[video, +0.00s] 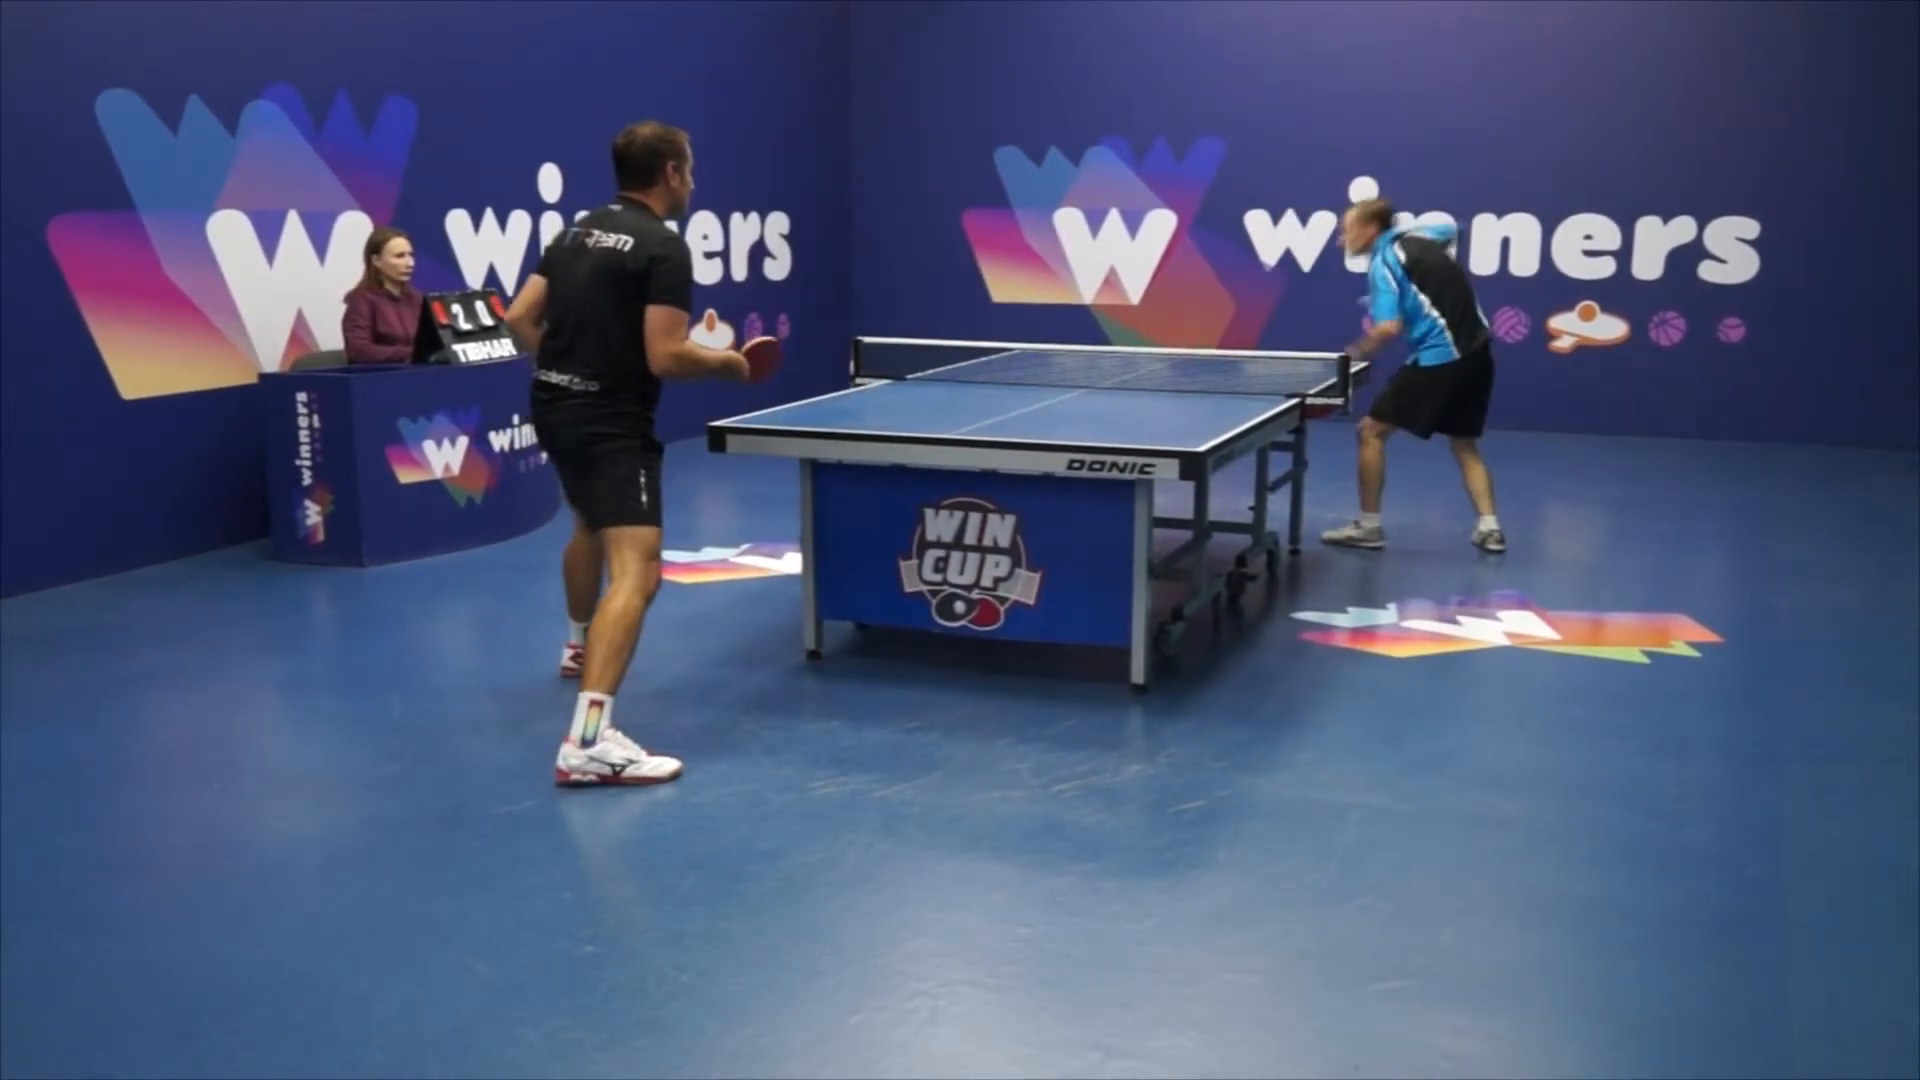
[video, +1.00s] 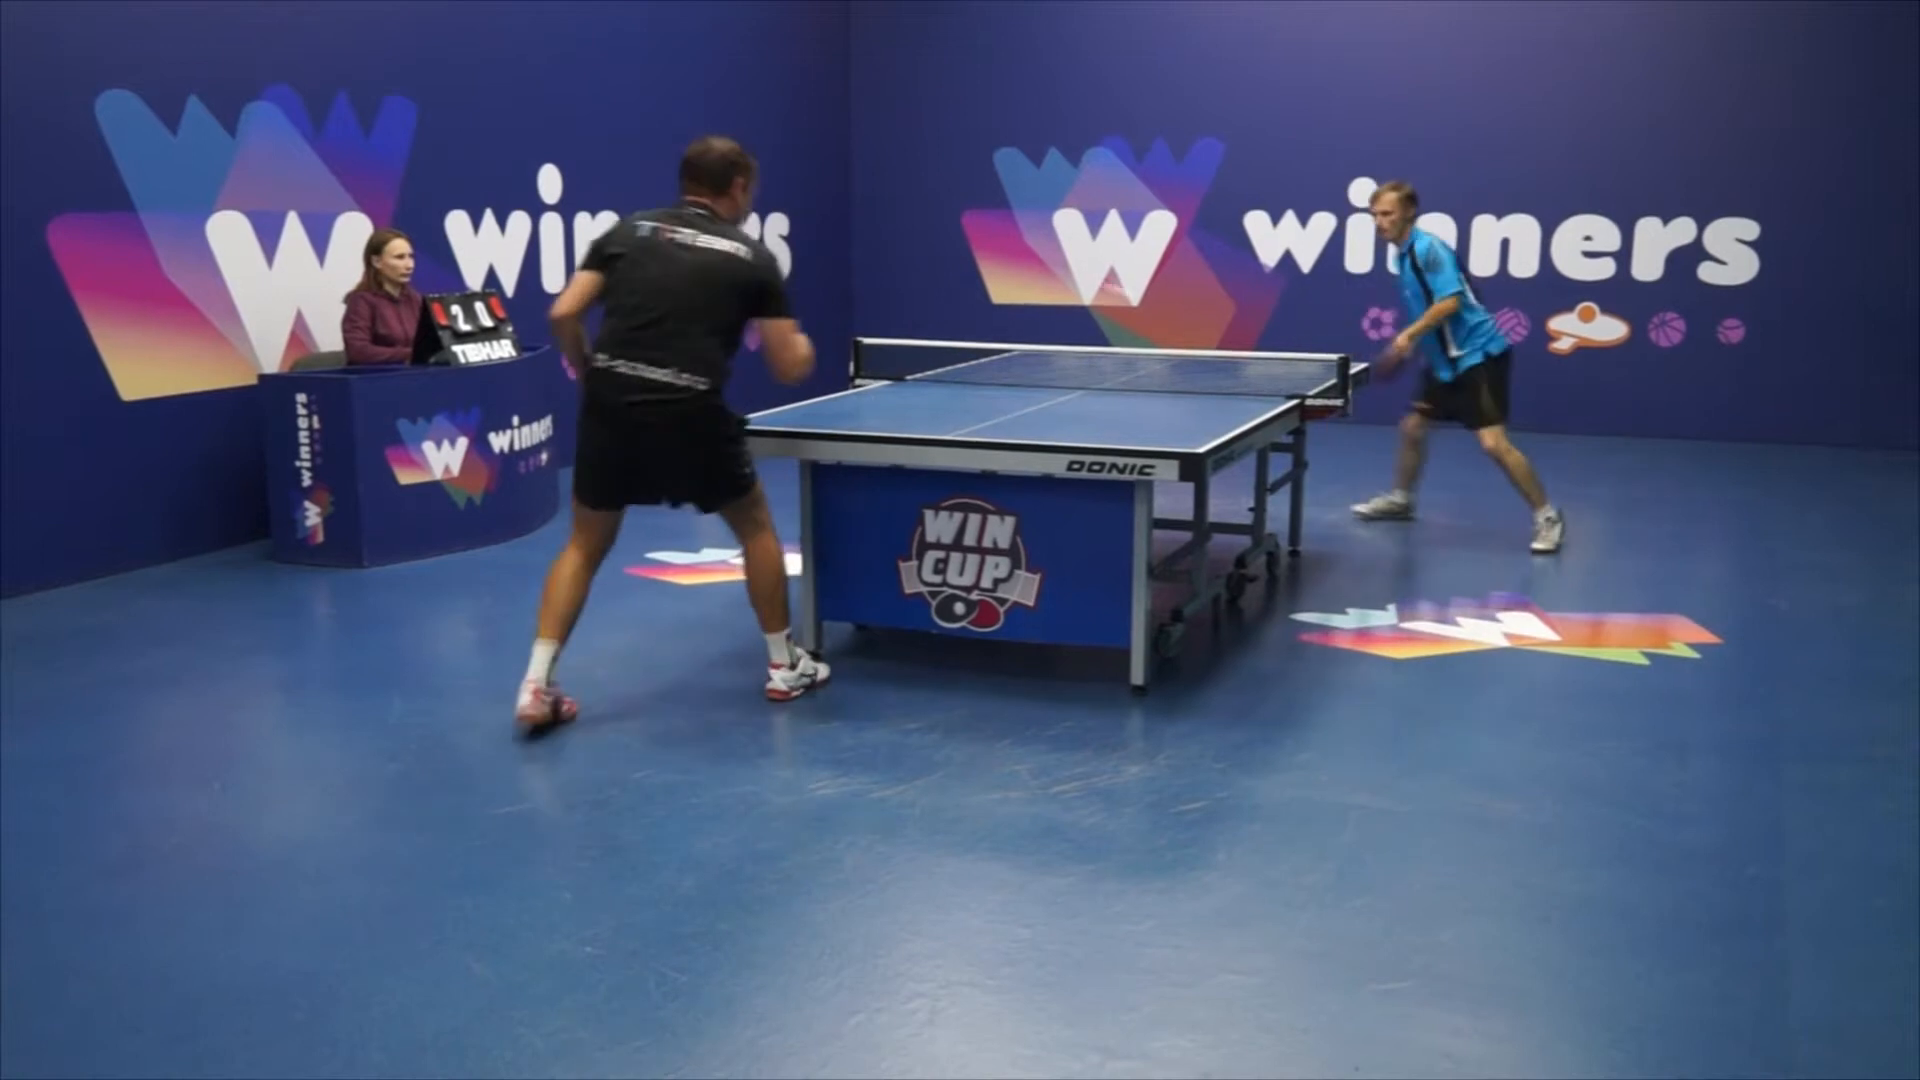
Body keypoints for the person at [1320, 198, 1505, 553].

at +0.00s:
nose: (1343, 238)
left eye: (1348, 229)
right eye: (1344, 230)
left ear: (1371, 228)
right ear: (1379, 227)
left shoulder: (1382, 262)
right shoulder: (1420, 237)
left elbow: (1388, 327)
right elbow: (1450, 224)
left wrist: (1360, 349)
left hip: (1436, 360)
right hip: (1477, 355)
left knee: (1371, 432)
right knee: (1465, 445)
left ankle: (1368, 525)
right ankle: (1489, 526)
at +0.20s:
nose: (1321, 247)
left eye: (1327, 239)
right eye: (1317, 240)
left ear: (1350, 237)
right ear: (1316, 239)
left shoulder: (1373, 267)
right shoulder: (1358, 263)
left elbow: (1422, 308)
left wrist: (1382, 342)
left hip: (1420, 362)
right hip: (1425, 359)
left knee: (1356, 434)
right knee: (1412, 451)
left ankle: (1376, 525)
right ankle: (1490, 491)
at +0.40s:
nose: (1321, 212)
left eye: (1328, 205)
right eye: (1317, 205)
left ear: (1350, 206)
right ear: (1317, 205)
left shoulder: (1373, 237)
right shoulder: (1341, 237)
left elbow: (1420, 281)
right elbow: (1365, 270)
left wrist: (1377, 313)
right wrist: (1348, 288)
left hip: (1410, 336)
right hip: (1383, 336)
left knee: (1387, 420)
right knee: (1357, 415)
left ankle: (1384, 514)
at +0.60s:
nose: (1335, 223)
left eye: (1343, 216)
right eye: (1332, 216)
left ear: (1364, 217)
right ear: (1328, 216)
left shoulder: (1387, 257)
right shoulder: (1337, 254)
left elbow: (1415, 310)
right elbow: (1342, 297)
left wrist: (1368, 334)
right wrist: (1323, 314)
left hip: (1395, 364)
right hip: (1356, 361)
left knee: (1397, 440)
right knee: (1322, 425)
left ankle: (1462, 505)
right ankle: (1325, 489)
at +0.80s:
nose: (1356, 207)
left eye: (1364, 200)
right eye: (1352, 201)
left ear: (1386, 201)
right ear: (1351, 203)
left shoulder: (1414, 238)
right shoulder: (1361, 247)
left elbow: (1447, 286)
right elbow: (1357, 298)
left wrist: (1404, 318)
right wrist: (1329, 317)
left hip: (1440, 344)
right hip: (1400, 348)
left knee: (1450, 424)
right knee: (1361, 415)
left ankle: (1506, 500)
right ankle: (1363, 490)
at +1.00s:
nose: (1380, 222)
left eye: (1388, 215)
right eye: (1377, 216)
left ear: (1409, 214)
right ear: (1377, 218)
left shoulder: (1429, 248)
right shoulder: (1400, 257)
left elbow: (1449, 301)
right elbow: (1425, 308)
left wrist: (1407, 336)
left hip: (1481, 353)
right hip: (1445, 359)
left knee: (1493, 442)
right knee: (1413, 427)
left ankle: (1546, 516)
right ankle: (1401, 498)